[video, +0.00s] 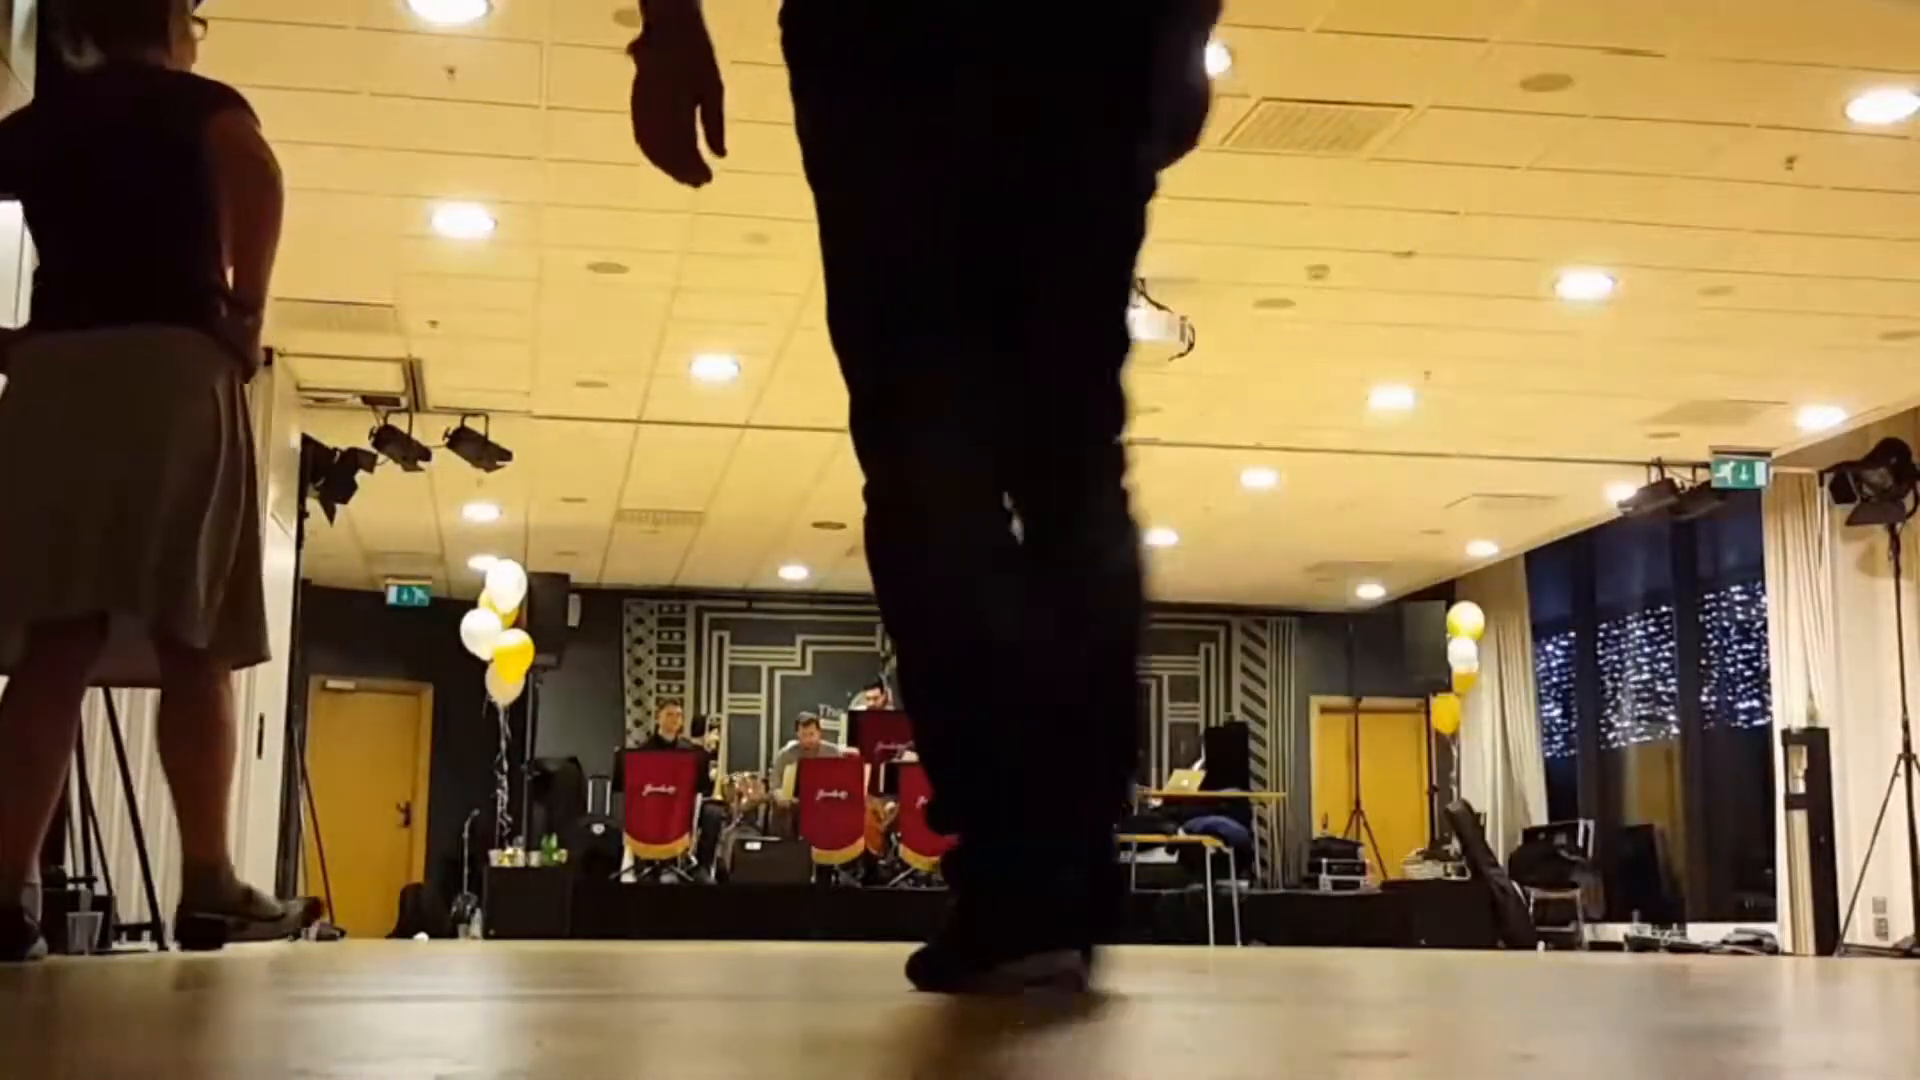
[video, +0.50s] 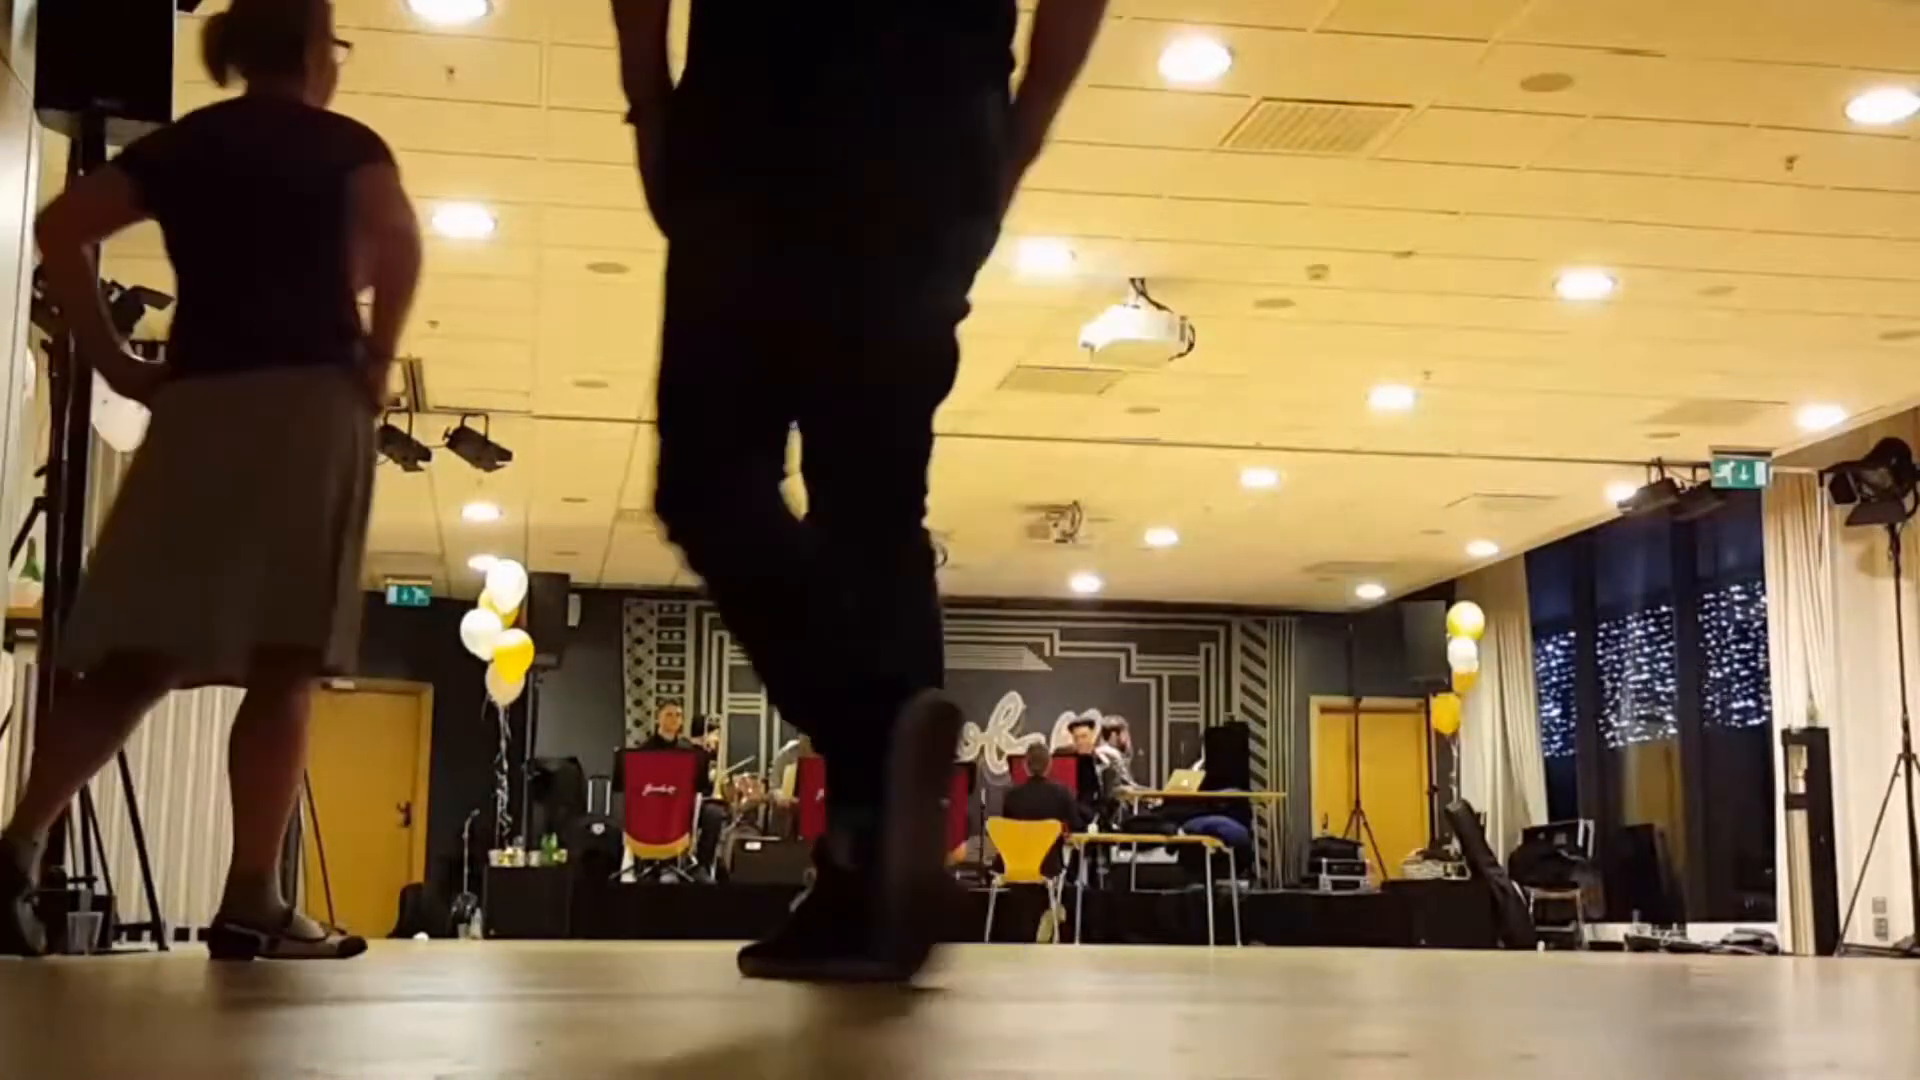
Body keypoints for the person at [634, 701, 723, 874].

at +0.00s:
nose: (674, 719)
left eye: (678, 715)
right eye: (669, 714)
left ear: (682, 720)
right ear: (658, 718)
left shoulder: (695, 752)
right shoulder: (643, 751)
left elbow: (704, 789)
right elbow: (630, 785)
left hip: (683, 807)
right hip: (650, 806)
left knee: (713, 813)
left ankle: (704, 867)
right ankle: (645, 864)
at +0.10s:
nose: (674, 719)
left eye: (678, 715)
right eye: (669, 714)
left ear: (682, 720)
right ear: (658, 718)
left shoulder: (694, 752)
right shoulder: (643, 751)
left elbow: (704, 789)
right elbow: (633, 785)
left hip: (683, 808)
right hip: (651, 806)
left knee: (713, 814)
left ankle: (703, 867)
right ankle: (645, 866)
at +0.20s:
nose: (673, 720)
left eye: (677, 715)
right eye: (668, 715)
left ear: (682, 720)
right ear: (658, 718)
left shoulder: (693, 751)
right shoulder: (645, 750)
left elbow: (704, 789)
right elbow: (636, 784)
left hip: (684, 807)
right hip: (652, 805)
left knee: (714, 815)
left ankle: (704, 867)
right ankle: (644, 867)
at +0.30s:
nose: (673, 720)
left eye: (677, 715)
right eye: (668, 715)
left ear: (682, 720)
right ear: (659, 718)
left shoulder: (693, 751)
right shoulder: (645, 750)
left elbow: (704, 789)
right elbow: (636, 784)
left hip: (684, 806)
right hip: (652, 805)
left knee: (714, 815)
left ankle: (704, 867)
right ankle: (644, 867)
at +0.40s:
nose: (673, 720)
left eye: (677, 715)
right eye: (668, 715)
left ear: (682, 720)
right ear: (658, 719)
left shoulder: (693, 751)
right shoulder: (645, 750)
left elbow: (703, 789)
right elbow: (636, 784)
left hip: (684, 806)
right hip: (652, 805)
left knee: (714, 815)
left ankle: (704, 867)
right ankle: (644, 867)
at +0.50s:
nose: (673, 720)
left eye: (677, 715)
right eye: (668, 715)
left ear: (682, 720)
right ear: (658, 718)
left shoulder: (693, 751)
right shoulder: (645, 750)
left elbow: (704, 789)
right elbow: (636, 784)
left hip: (684, 807)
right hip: (652, 805)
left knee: (714, 815)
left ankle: (704, 866)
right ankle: (644, 866)